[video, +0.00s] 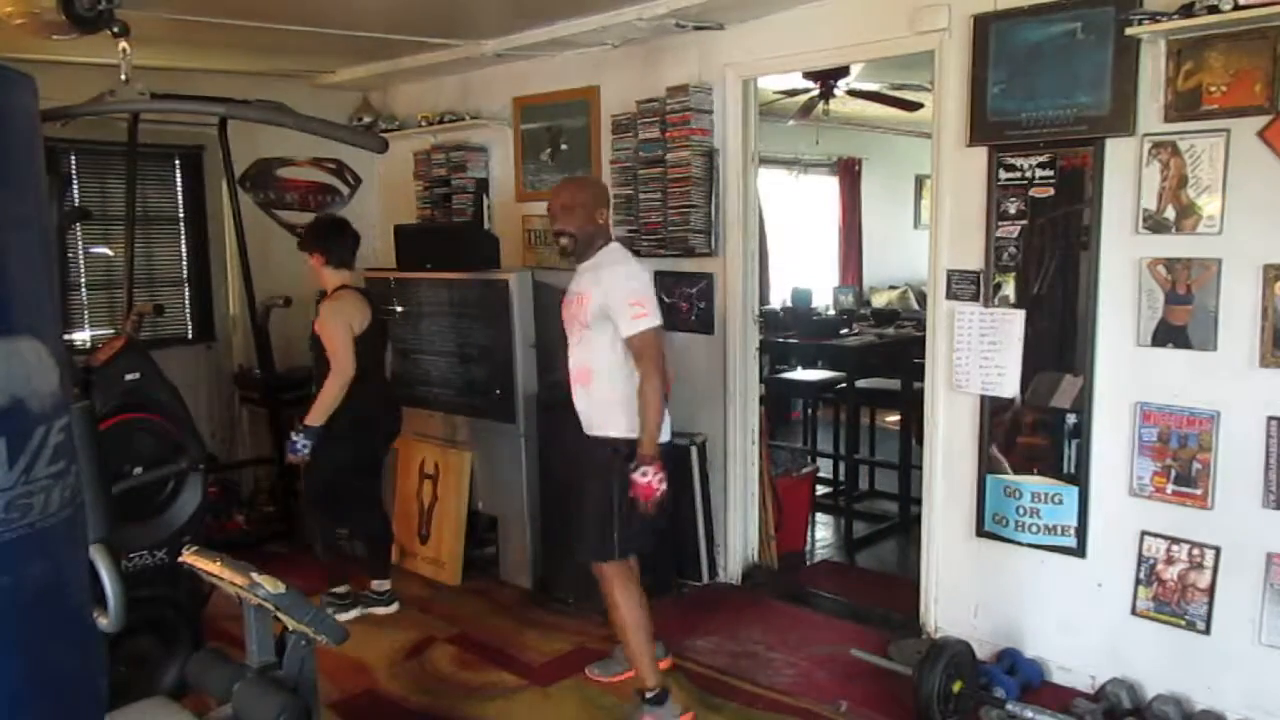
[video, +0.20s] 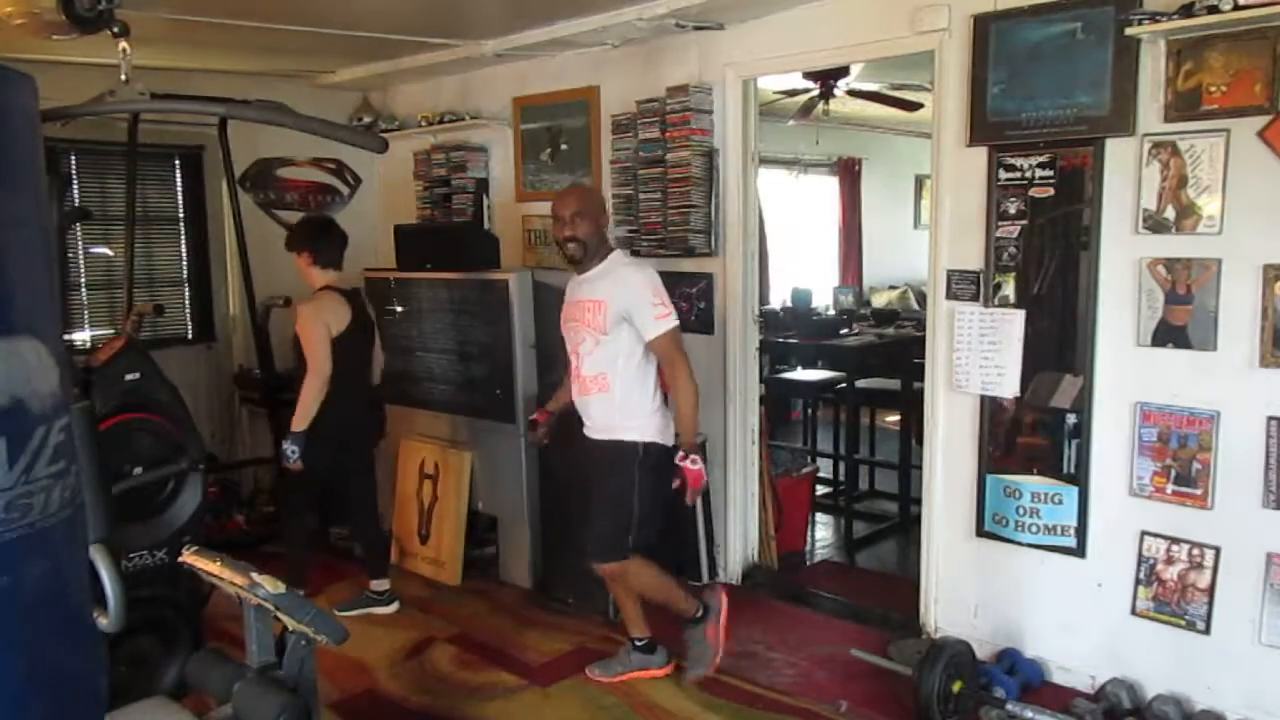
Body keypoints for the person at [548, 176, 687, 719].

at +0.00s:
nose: (555, 223)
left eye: (563, 212)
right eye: (553, 213)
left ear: (599, 215)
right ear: (573, 218)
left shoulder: (621, 272)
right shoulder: (589, 271)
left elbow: (653, 365)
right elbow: (613, 356)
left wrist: (648, 450)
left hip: (623, 443)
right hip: (599, 438)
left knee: (611, 563)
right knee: (611, 556)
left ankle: (657, 697)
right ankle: (639, 646)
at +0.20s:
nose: (567, 230)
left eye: (578, 218)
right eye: (559, 222)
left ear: (603, 222)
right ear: (553, 231)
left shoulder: (636, 278)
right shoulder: (576, 286)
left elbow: (677, 367)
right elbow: (587, 366)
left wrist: (689, 447)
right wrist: (550, 409)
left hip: (640, 441)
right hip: (599, 439)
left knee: (610, 556)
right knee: (608, 551)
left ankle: (701, 609)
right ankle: (643, 647)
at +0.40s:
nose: (582, 216)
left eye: (594, 205)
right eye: (574, 207)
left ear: (618, 212)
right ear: (567, 214)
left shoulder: (648, 269)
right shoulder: (568, 277)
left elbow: (684, 355)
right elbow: (575, 350)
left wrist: (656, 427)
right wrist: (535, 399)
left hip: (644, 432)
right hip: (595, 433)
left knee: (650, 547)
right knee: (610, 539)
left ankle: (725, 610)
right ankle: (642, 640)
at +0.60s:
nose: (607, 225)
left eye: (619, 215)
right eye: (597, 215)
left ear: (638, 221)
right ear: (584, 223)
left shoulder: (664, 280)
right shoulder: (569, 285)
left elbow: (681, 369)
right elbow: (553, 358)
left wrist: (615, 386)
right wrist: (555, 380)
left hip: (663, 442)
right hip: (603, 443)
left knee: (691, 562)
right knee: (616, 548)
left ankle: (717, 683)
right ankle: (644, 645)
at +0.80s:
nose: (635, 230)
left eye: (648, 219)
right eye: (625, 218)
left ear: (668, 226)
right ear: (612, 224)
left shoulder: (695, 293)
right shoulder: (597, 292)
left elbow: (734, 378)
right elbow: (574, 370)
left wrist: (690, 430)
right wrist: (552, 430)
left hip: (678, 459)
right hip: (621, 457)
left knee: (688, 584)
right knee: (631, 557)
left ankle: (708, 701)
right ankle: (647, 648)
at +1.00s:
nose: (651, 222)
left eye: (664, 209)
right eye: (642, 212)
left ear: (691, 214)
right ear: (632, 221)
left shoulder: (732, 288)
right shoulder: (623, 290)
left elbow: (763, 377)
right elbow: (611, 373)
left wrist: (711, 399)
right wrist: (597, 452)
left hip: (702, 464)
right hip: (633, 459)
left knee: (708, 592)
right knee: (620, 560)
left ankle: (712, 704)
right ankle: (641, 641)